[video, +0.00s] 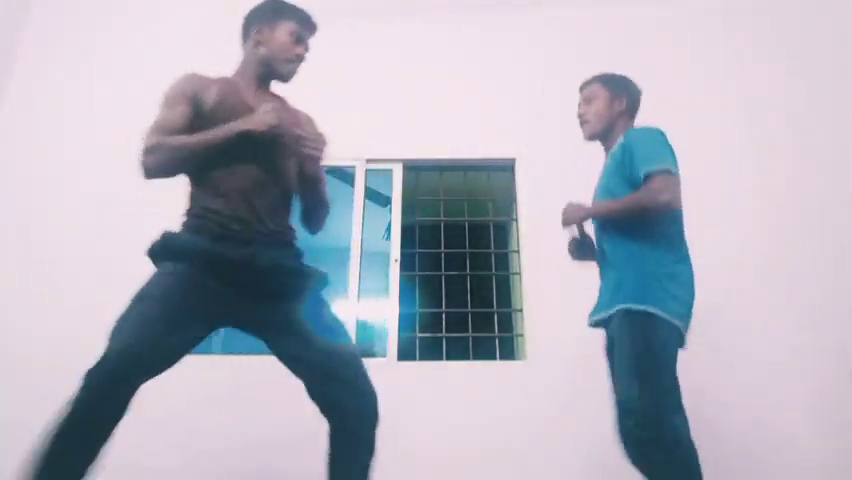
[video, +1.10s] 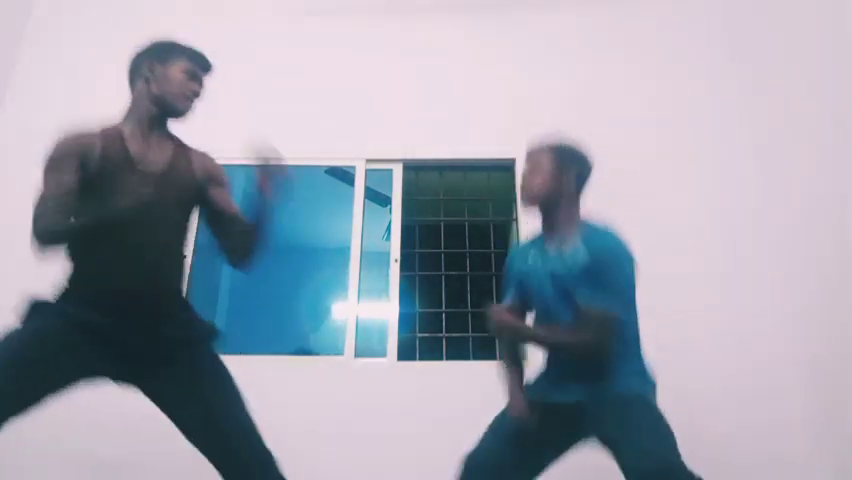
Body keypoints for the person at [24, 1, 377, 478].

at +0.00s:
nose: (303, 51)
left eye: (307, 44)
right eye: (296, 38)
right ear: (258, 34)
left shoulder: (299, 123)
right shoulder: (198, 89)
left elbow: (315, 221)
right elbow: (154, 160)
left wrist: (312, 169)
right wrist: (243, 126)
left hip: (276, 278)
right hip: (198, 270)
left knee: (356, 400)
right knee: (115, 372)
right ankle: (51, 475)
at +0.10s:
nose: (316, 66)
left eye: (318, 58)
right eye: (308, 53)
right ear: (271, 52)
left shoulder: (311, 141)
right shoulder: (213, 111)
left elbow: (329, 235)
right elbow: (174, 180)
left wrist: (329, 188)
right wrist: (259, 142)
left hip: (289, 297)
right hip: (213, 289)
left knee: (358, 430)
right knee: (135, 389)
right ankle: (118, 476)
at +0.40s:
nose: (317, 68)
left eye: (321, 62)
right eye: (311, 55)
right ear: (273, 50)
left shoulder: (302, 139)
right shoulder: (204, 98)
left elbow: (312, 234)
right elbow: (145, 161)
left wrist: (312, 181)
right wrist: (232, 133)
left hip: (257, 278)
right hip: (180, 265)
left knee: (313, 422)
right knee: (97, 362)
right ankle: (61, 475)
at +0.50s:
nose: (298, 66)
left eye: (303, 59)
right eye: (292, 52)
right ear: (255, 49)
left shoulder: (287, 139)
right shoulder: (184, 98)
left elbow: (291, 234)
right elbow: (122, 161)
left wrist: (291, 184)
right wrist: (208, 135)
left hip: (238, 281)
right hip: (159, 267)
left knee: (292, 422)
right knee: (62, 374)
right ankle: (11, 471)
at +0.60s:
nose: (267, 88)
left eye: (270, 81)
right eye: (259, 75)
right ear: (221, 71)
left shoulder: (257, 173)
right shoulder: (146, 132)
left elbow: (261, 270)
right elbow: (84, 205)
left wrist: (261, 227)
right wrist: (165, 173)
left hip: (193, 330)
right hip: (110, 311)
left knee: (259, 455)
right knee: (12, 421)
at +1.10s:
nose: (198, 87)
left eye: (201, 81)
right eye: (190, 74)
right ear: (148, 74)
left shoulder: (199, 168)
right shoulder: (80, 150)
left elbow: (240, 252)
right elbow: (47, 229)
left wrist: (264, 201)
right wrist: (120, 201)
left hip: (166, 338)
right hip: (81, 327)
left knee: (253, 466)